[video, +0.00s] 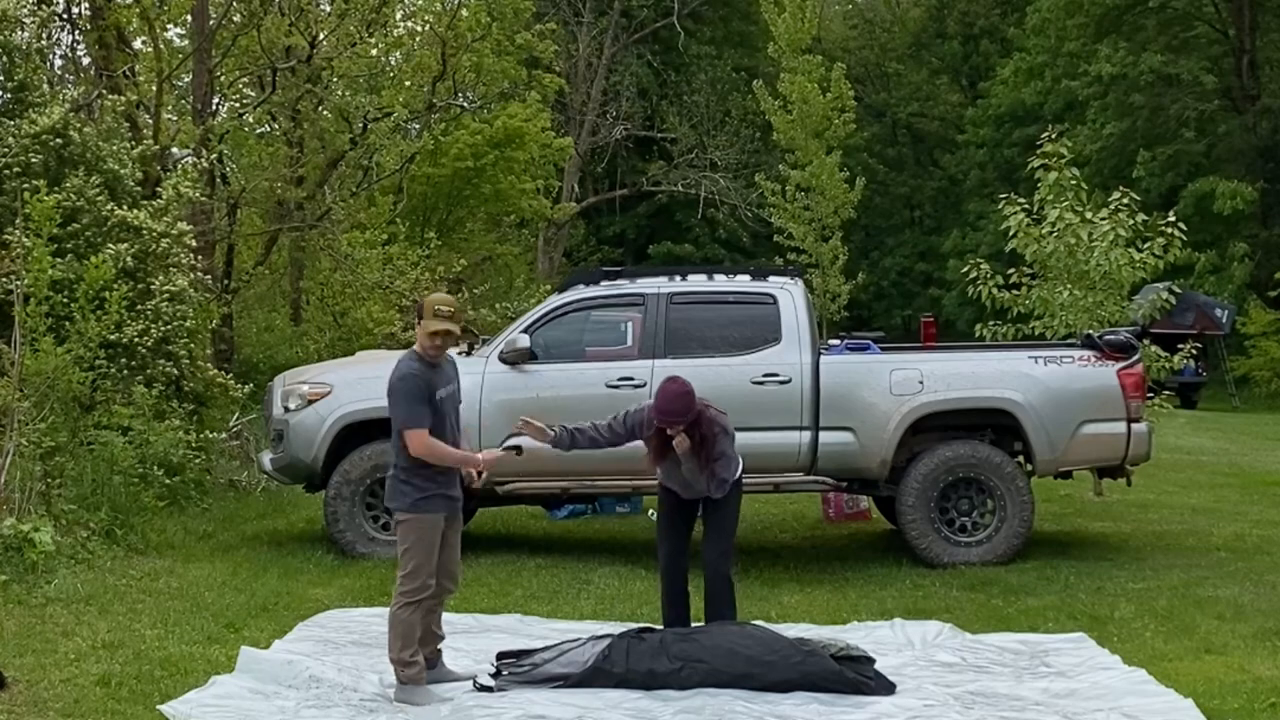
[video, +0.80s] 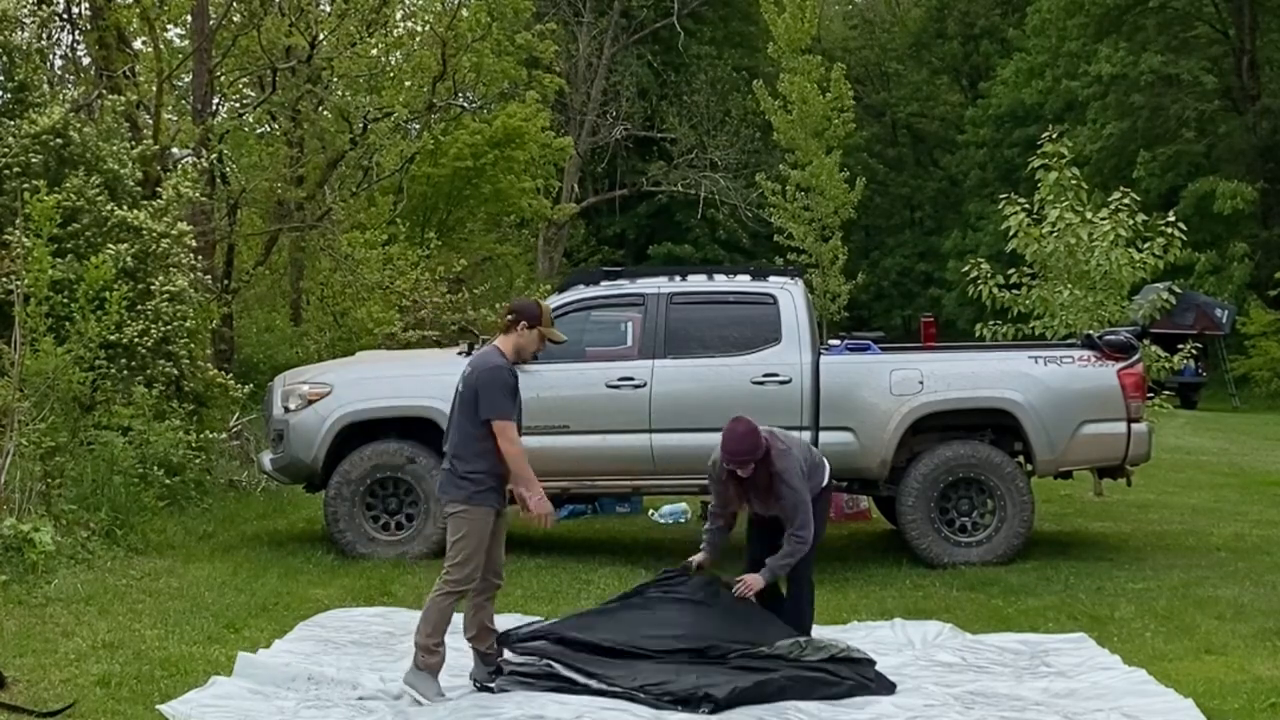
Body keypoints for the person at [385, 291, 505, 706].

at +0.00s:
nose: (439, 343)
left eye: (446, 337)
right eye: (433, 334)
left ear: (455, 335)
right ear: (418, 328)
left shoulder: (447, 367)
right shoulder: (407, 375)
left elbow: (448, 427)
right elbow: (417, 444)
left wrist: (464, 463)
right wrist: (470, 458)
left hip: (448, 496)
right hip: (416, 500)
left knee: (441, 584)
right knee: (414, 587)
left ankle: (429, 663)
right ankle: (407, 678)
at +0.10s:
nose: (414, 340)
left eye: (423, 334)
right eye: (409, 332)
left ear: (441, 333)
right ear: (403, 329)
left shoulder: (457, 368)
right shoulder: (390, 374)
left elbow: (470, 423)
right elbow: (346, 416)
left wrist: (483, 475)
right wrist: (353, 451)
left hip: (449, 493)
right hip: (407, 493)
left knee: (443, 583)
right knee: (413, 587)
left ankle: (430, 662)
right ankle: (407, 679)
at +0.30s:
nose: (432, 350)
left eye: (435, 343)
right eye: (425, 344)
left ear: (439, 337)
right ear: (404, 337)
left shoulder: (444, 364)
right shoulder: (377, 382)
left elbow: (462, 418)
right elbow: (346, 439)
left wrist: (476, 469)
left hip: (445, 493)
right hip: (404, 499)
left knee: (445, 584)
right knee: (407, 590)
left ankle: (429, 662)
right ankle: (404, 682)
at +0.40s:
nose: (452, 350)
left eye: (453, 343)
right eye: (448, 343)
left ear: (428, 340)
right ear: (425, 340)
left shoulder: (436, 368)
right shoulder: (392, 393)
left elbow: (445, 422)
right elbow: (403, 465)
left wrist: (465, 462)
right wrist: (434, 520)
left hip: (445, 493)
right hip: (408, 505)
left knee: (470, 567)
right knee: (408, 592)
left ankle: (438, 649)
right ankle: (405, 682)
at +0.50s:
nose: (478, 352)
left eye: (479, 345)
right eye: (475, 345)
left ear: (454, 338)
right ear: (454, 339)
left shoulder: (444, 372)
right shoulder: (423, 387)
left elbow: (445, 447)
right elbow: (434, 462)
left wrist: (460, 493)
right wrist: (476, 500)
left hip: (449, 496)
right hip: (420, 503)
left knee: (479, 565)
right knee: (415, 593)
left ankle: (471, 653)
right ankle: (407, 683)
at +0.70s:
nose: (536, 353)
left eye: (539, 346)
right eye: (536, 344)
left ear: (517, 334)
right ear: (516, 335)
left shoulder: (496, 372)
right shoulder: (483, 373)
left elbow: (489, 440)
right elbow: (474, 442)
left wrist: (503, 484)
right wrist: (478, 504)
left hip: (481, 498)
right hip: (453, 498)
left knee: (487, 581)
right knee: (439, 584)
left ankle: (486, 664)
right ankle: (413, 676)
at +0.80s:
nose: (541, 348)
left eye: (544, 342)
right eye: (541, 339)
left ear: (521, 330)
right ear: (522, 330)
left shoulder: (499, 366)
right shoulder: (493, 369)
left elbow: (503, 441)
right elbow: (507, 439)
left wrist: (520, 485)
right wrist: (535, 491)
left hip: (489, 494)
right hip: (470, 494)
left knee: (487, 581)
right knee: (458, 579)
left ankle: (487, 665)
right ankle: (422, 670)